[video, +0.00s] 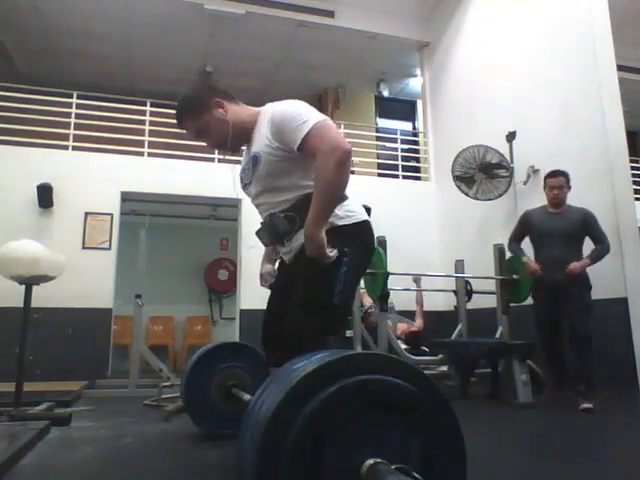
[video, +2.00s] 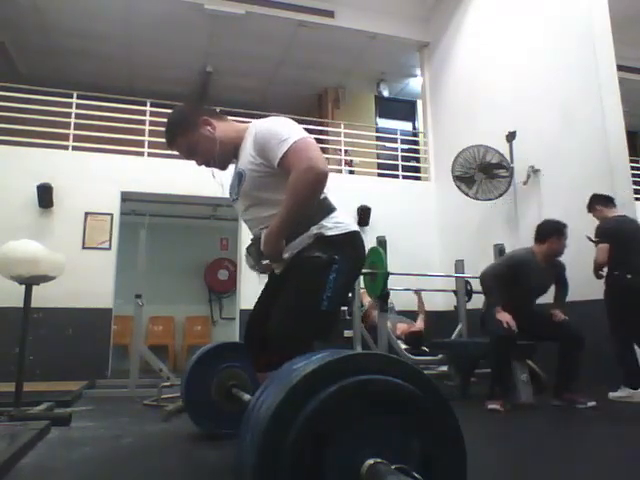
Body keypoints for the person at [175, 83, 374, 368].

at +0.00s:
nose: (209, 145)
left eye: (204, 133)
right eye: (201, 140)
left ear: (221, 108)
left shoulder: (279, 114)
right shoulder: (248, 169)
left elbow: (335, 150)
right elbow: (277, 216)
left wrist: (314, 227)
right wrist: (269, 258)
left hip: (338, 236)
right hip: (301, 251)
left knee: (306, 335)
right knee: (275, 336)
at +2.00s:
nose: (198, 162)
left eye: (193, 153)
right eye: (191, 158)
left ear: (208, 127)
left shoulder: (267, 129)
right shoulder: (239, 175)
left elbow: (312, 169)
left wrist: (276, 234)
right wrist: (262, 246)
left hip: (328, 248)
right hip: (296, 260)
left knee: (289, 341)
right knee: (257, 338)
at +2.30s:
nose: (198, 161)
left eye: (194, 151)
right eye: (191, 157)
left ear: (210, 127)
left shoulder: (272, 130)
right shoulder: (241, 178)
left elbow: (276, 182)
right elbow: (236, 228)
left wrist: (263, 246)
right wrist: (223, 265)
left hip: (328, 245)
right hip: (296, 260)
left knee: (288, 337)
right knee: (258, 336)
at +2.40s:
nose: (200, 162)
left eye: (197, 151)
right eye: (193, 157)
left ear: (213, 126)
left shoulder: (272, 133)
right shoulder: (236, 175)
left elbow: (257, 174)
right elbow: (212, 219)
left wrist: (220, 216)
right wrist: (179, 262)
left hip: (330, 247)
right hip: (292, 263)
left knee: (290, 339)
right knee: (258, 338)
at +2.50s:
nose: (204, 157)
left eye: (201, 148)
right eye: (197, 154)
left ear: (215, 125)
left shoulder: (278, 134)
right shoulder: (241, 177)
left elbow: (227, 158)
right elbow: (204, 207)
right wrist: (150, 233)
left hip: (331, 250)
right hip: (294, 264)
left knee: (294, 342)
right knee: (257, 338)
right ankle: (283, 426)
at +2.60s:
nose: (208, 147)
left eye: (206, 140)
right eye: (201, 144)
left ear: (219, 123)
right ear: (213, 133)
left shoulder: (278, 134)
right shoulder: (238, 177)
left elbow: (210, 147)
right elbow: (188, 197)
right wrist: (131, 207)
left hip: (333, 251)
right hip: (296, 267)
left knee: (288, 346)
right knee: (257, 345)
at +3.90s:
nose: (202, 163)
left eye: (201, 154)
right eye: (195, 157)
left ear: (217, 137)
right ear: (213, 144)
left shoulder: (273, 150)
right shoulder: (237, 184)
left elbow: (190, 155)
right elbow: (181, 189)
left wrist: (109, 152)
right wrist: (122, 180)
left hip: (342, 265)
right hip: (304, 275)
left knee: (285, 352)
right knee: (254, 344)